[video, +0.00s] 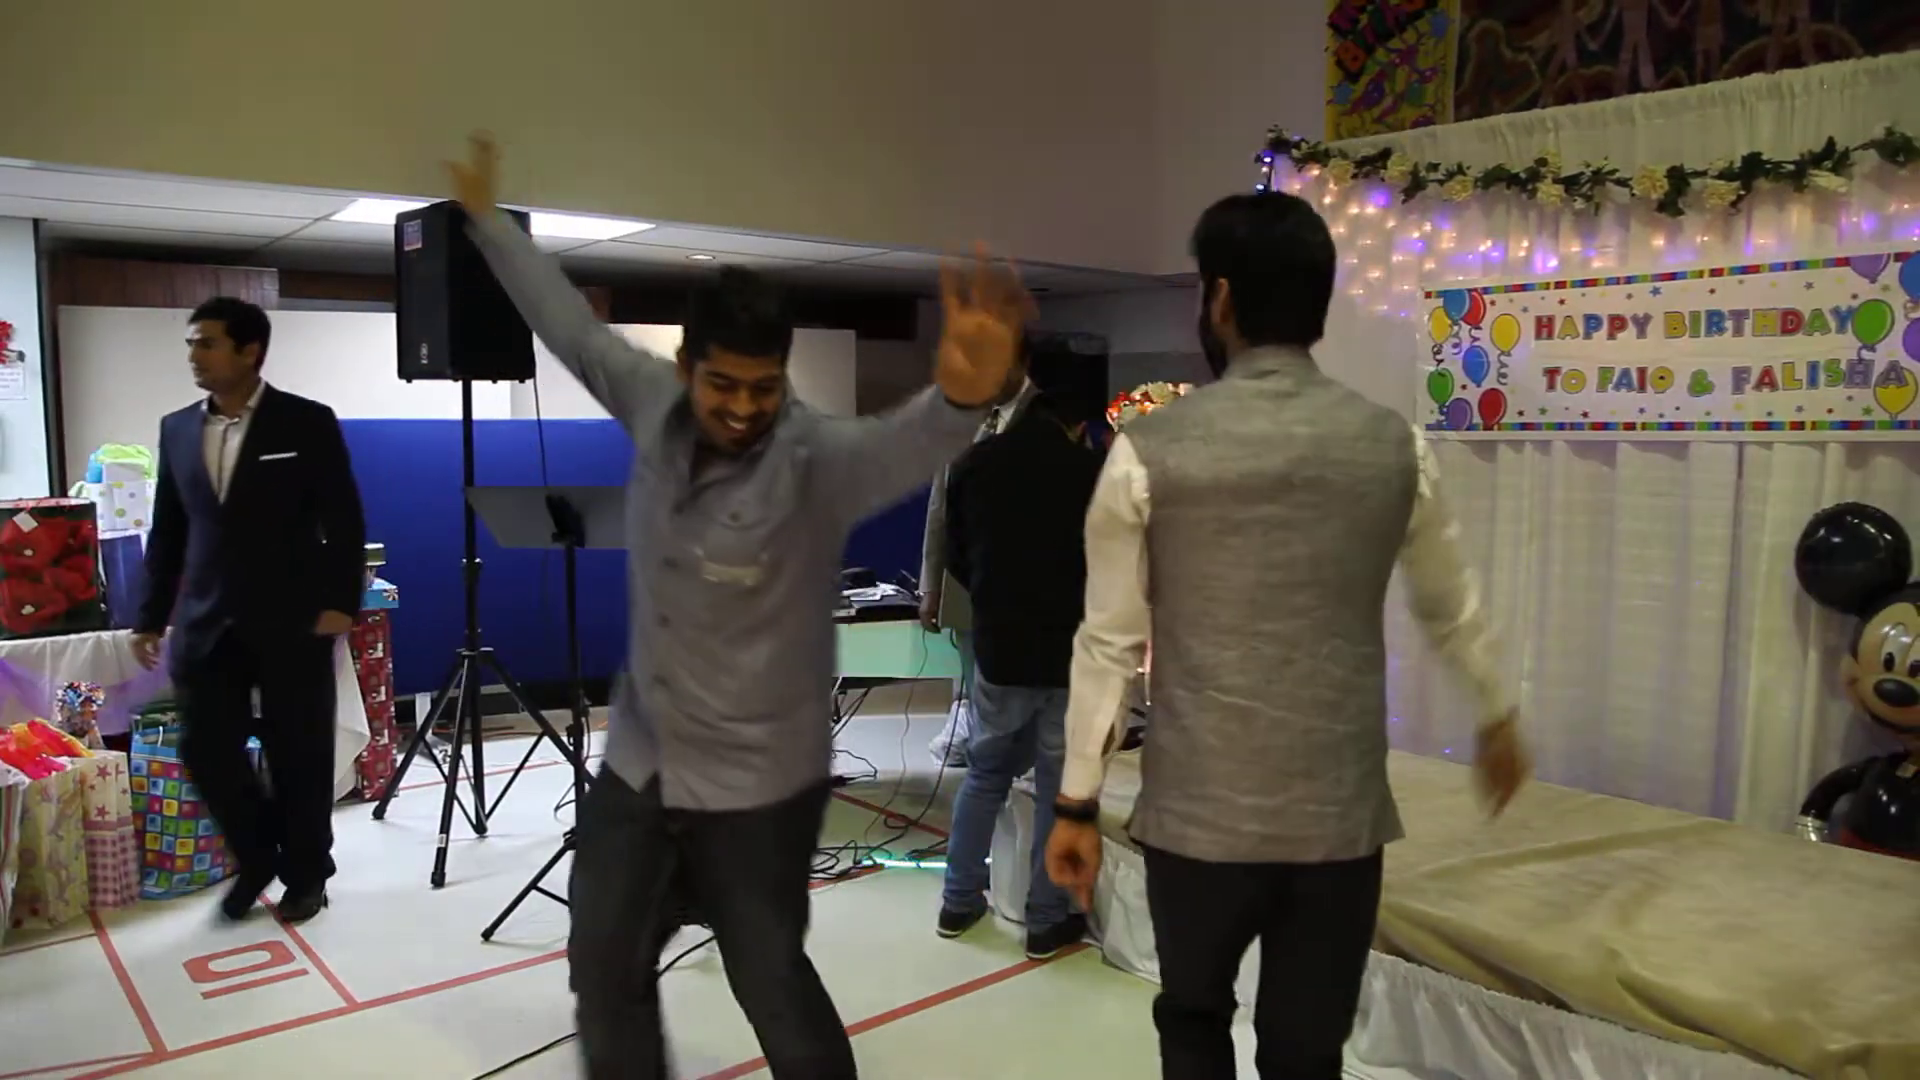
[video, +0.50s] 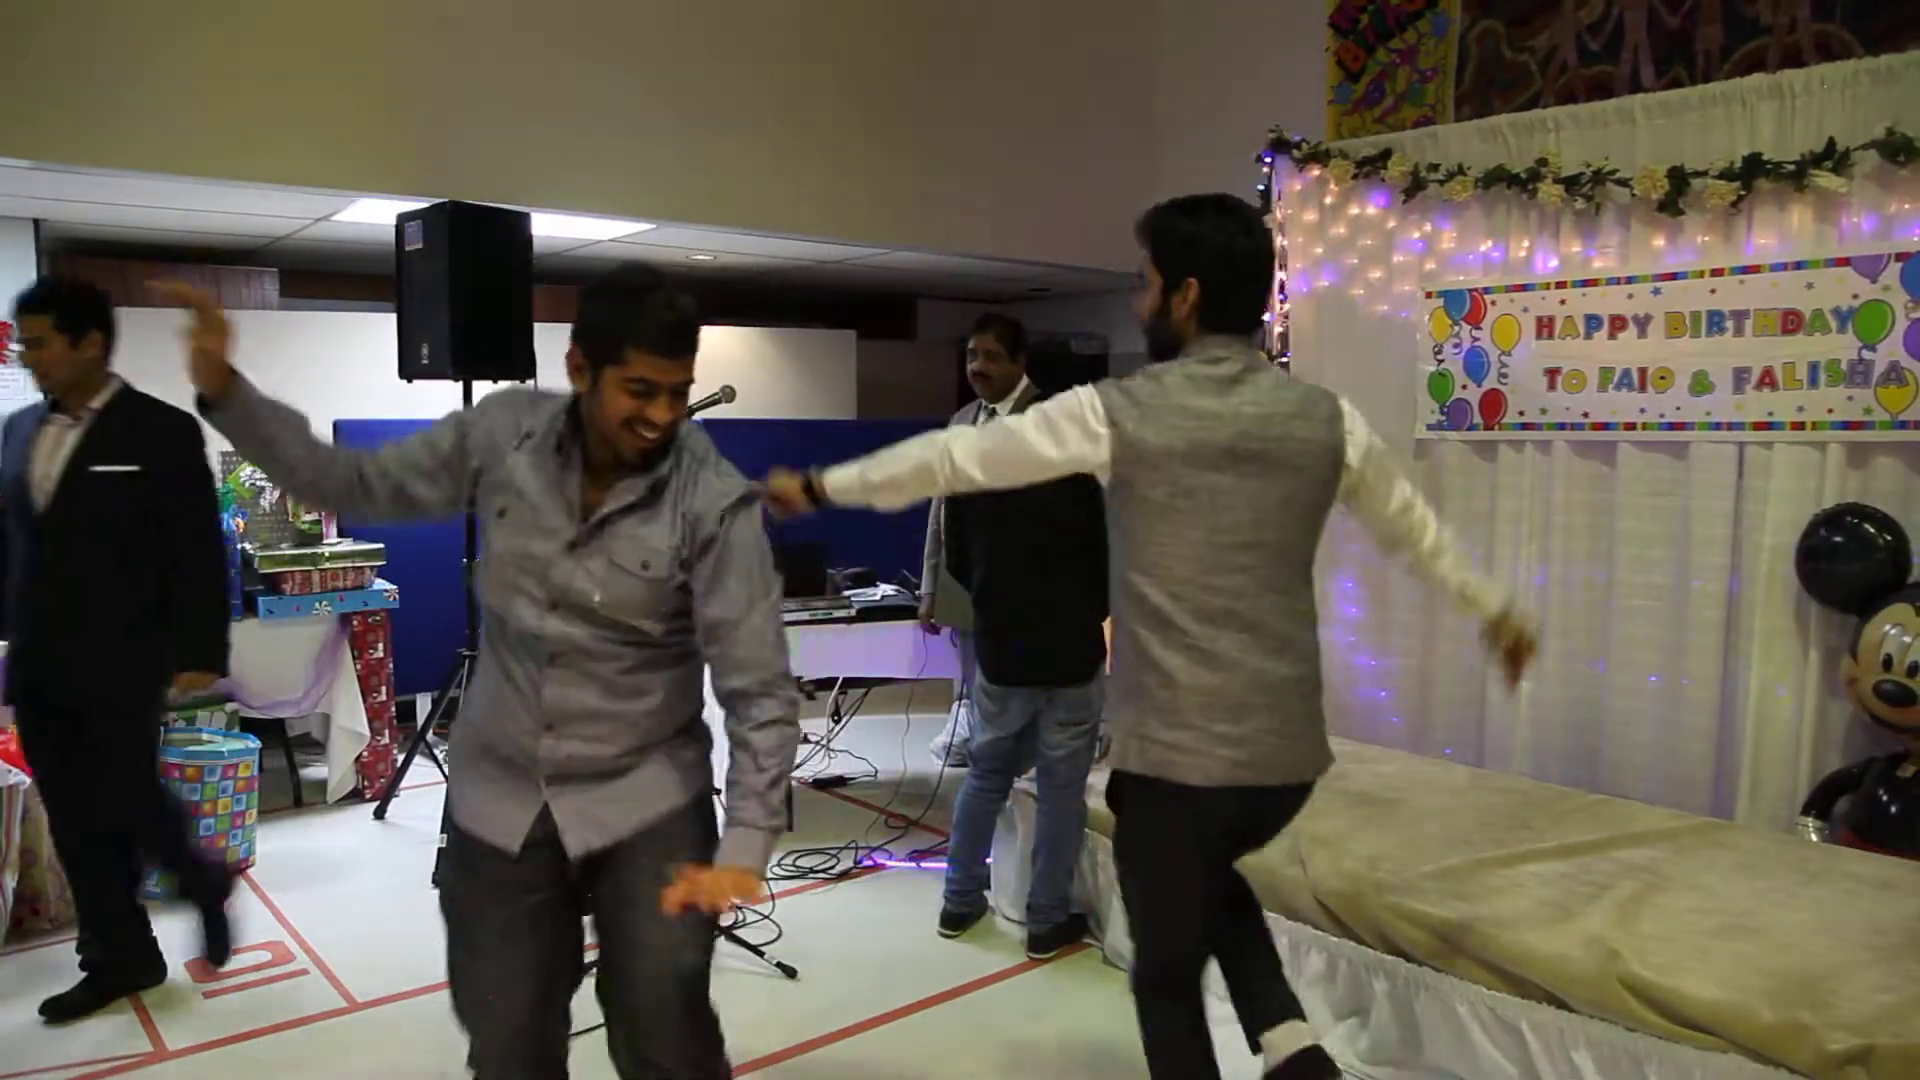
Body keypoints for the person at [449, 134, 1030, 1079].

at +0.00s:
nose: (741, 408)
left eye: (761, 391)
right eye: (722, 388)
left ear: (786, 379)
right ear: (688, 368)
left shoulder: (823, 456)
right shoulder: (654, 406)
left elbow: (909, 445)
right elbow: (567, 324)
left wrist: (965, 397)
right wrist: (485, 216)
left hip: (761, 777)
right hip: (642, 760)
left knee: (770, 980)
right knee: (602, 969)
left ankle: (825, 1078)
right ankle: (632, 1075)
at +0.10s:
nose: (720, 396)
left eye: (741, 379)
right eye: (701, 375)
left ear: (764, 365)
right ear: (663, 353)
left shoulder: (789, 442)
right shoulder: (622, 386)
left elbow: (875, 437)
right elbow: (526, 283)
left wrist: (954, 431)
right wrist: (426, 180)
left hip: (732, 768)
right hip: (607, 758)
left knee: (741, 965)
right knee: (587, 986)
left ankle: (813, 1073)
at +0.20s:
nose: (698, 404)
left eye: (717, 385)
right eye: (678, 382)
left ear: (738, 373)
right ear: (635, 357)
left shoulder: (755, 460)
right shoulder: (587, 388)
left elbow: (835, 515)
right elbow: (469, 298)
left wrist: (911, 549)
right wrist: (338, 186)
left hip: (696, 785)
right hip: (568, 775)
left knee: (704, 991)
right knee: (553, 1015)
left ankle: (789, 1076)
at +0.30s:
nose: (681, 412)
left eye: (701, 393)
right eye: (661, 387)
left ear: (718, 385)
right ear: (612, 364)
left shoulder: (733, 483)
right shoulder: (545, 408)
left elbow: (798, 594)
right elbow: (396, 336)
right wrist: (241, 229)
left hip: (666, 780)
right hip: (527, 776)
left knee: (674, 1006)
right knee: (528, 1037)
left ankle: (748, 1074)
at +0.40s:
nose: (669, 410)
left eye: (689, 389)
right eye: (651, 384)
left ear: (706, 380)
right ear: (600, 361)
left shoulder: (719, 487)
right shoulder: (516, 417)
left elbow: (773, 661)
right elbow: (348, 411)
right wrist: (205, 313)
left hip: (654, 772)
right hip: (514, 773)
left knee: (667, 1003)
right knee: (522, 1032)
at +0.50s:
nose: (659, 415)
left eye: (679, 393)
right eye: (638, 390)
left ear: (695, 380)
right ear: (580, 366)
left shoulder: (713, 502)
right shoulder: (502, 432)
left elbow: (761, 696)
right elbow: (357, 484)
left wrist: (746, 849)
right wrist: (223, 388)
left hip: (646, 799)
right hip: (500, 797)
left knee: (661, 1039)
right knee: (509, 1052)